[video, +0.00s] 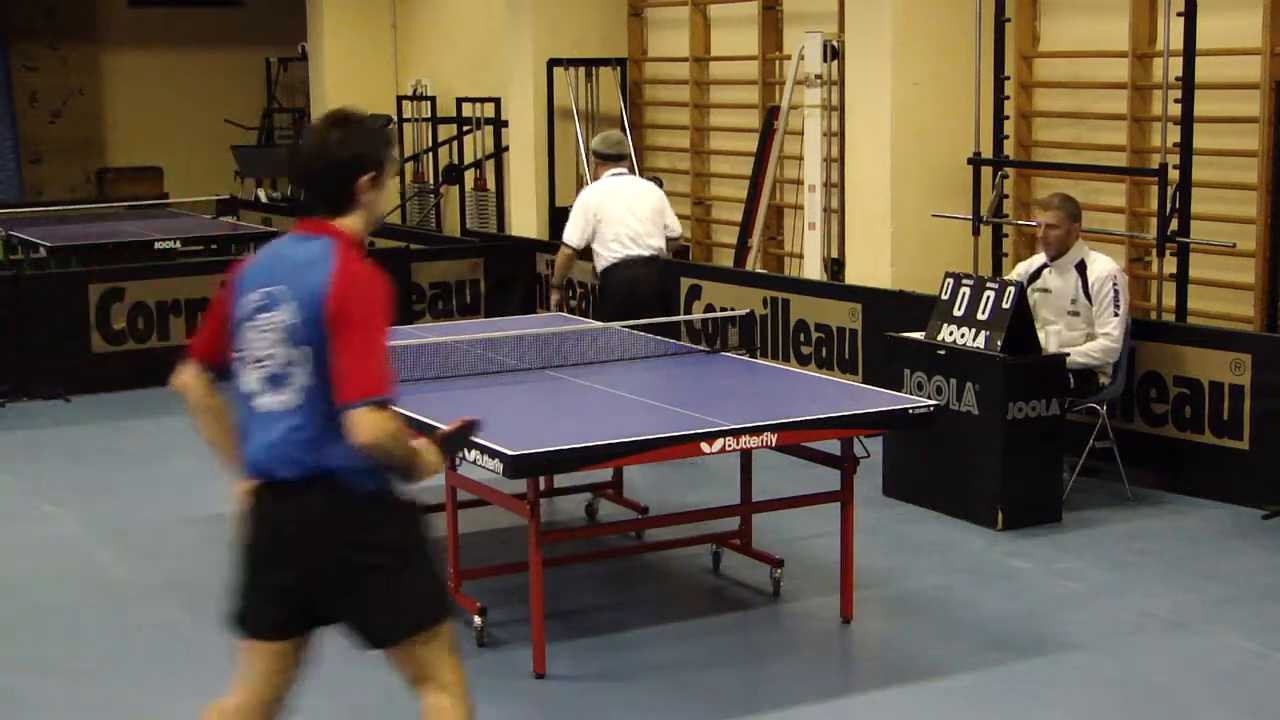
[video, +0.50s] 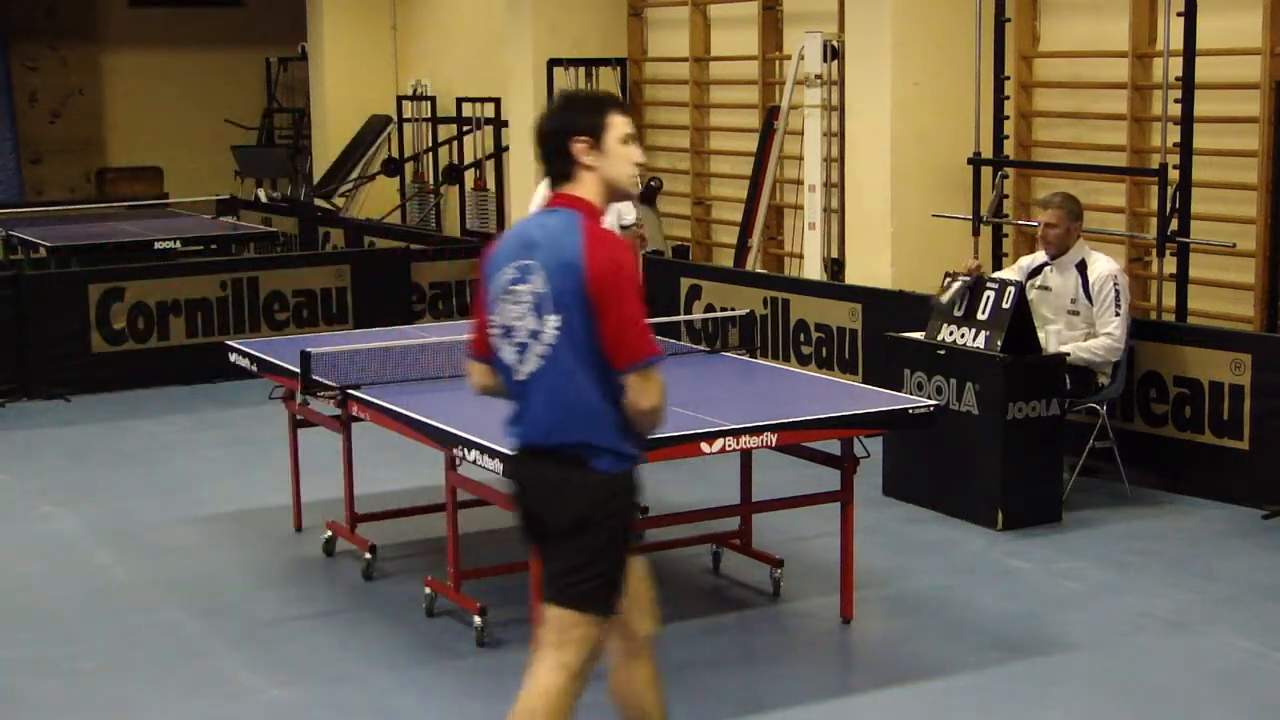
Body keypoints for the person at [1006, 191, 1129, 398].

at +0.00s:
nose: (1041, 235)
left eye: (1051, 228)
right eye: (1038, 226)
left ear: (1075, 231)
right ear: (1035, 226)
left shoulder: (1105, 274)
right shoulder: (1025, 271)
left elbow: (1110, 346)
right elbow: (997, 323)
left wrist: (1053, 362)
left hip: (1086, 375)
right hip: (1031, 370)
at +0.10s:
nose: (1041, 235)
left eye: (1051, 228)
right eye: (1039, 226)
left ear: (1075, 231)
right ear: (1035, 225)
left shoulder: (1105, 274)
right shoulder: (1026, 270)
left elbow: (1108, 347)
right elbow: (995, 317)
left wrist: (1050, 363)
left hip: (1085, 375)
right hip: (1031, 369)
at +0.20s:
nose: (1040, 234)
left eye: (1051, 227)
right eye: (1039, 226)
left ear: (1075, 231)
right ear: (1036, 226)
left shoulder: (1104, 273)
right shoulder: (1027, 268)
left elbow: (1107, 348)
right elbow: (992, 302)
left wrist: (1047, 362)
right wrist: (982, 279)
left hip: (1082, 375)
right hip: (1029, 370)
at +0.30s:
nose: (1040, 235)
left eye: (1050, 227)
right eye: (1038, 226)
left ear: (1075, 230)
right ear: (1036, 226)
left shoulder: (1104, 273)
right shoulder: (1029, 265)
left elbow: (1107, 348)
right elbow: (987, 293)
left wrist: (1046, 363)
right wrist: (971, 264)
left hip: (1082, 376)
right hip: (1029, 370)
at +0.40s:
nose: (1041, 234)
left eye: (1051, 227)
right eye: (1039, 225)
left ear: (1074, 230)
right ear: (1037, 224)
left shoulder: (1104, 273)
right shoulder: (1028, 266)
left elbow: (1108, 347)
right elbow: (985, 295)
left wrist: (1049, 360)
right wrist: (975, 276)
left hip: (1082, 375)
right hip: (1029, 369)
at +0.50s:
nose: (1040, 234)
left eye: (1051, 227)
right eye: (1039, 225)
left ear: (1074, 230)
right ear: (1036, 225)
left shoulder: (1104, 273)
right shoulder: (1030, 265)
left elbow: (1112, 345)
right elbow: (993, 284)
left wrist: (1055, 356)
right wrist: (974, 280)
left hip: (1082, 373)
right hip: (1030, 366)